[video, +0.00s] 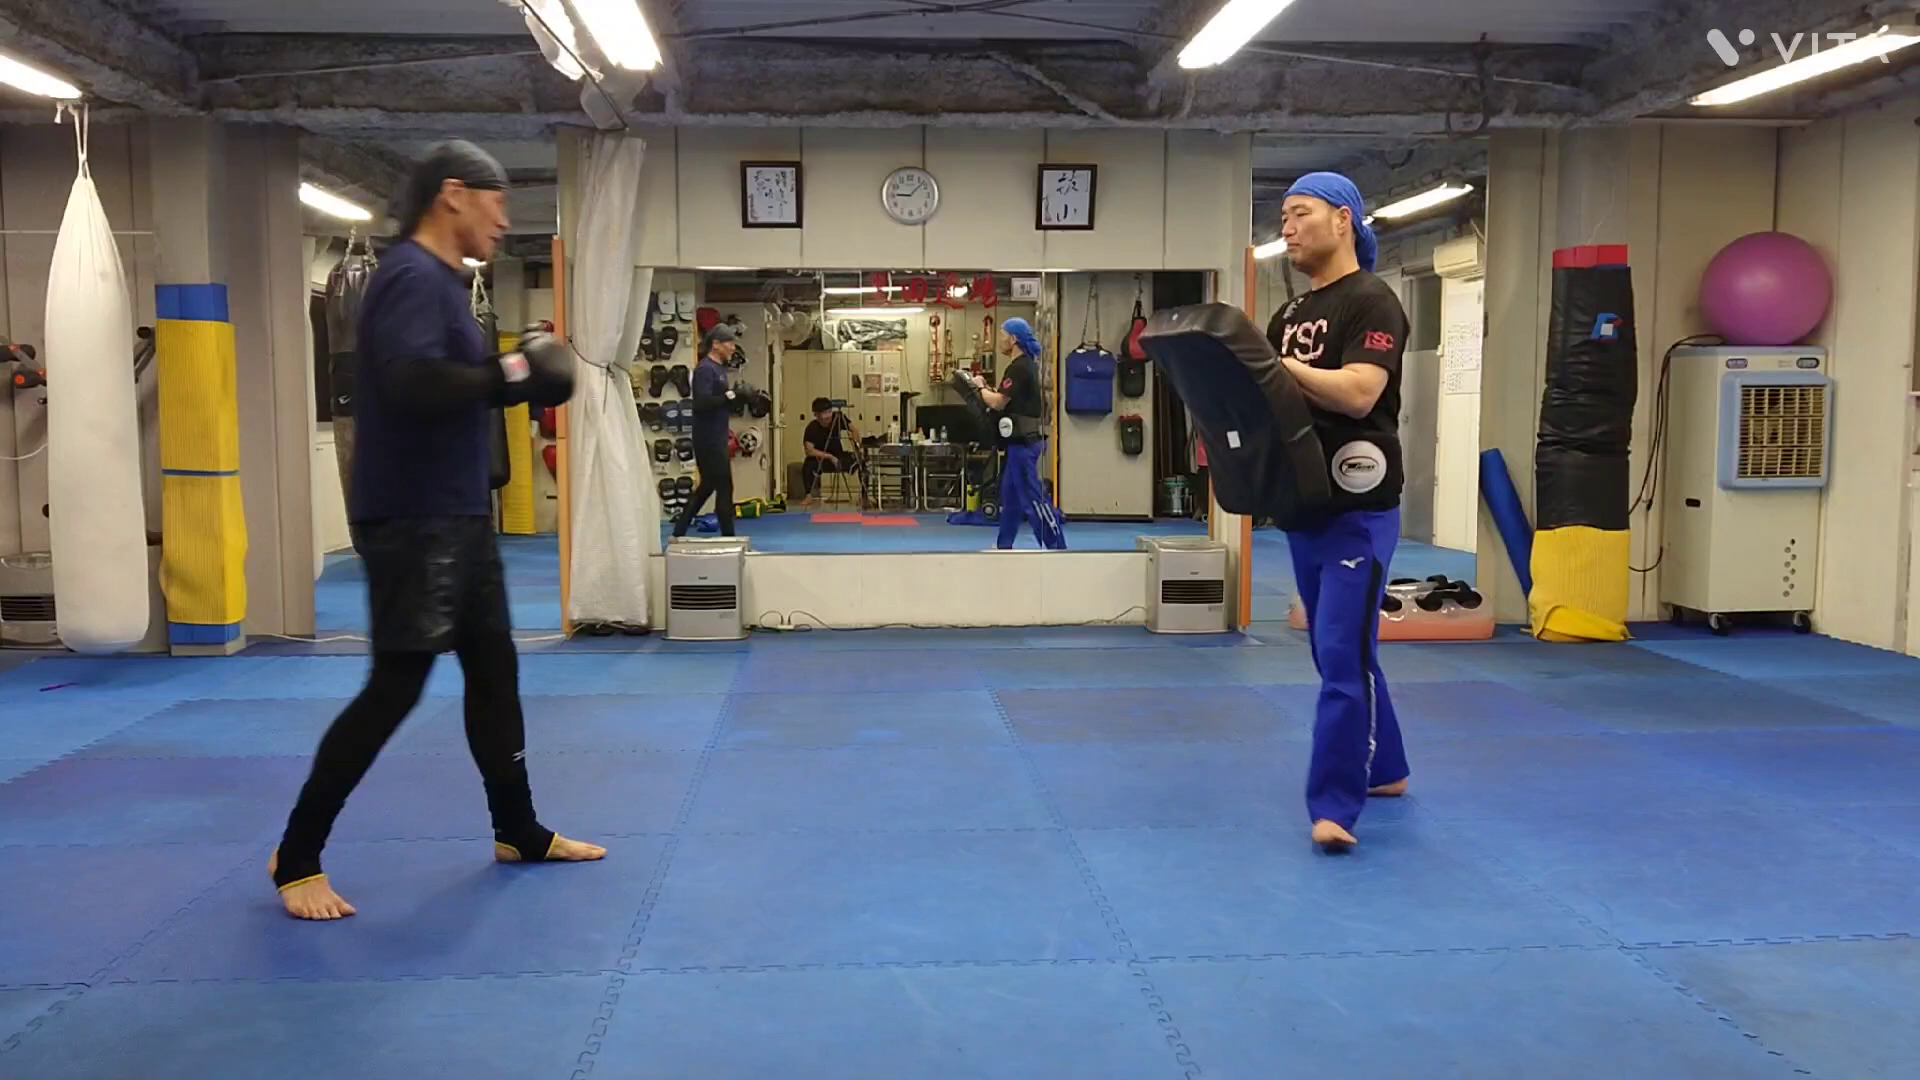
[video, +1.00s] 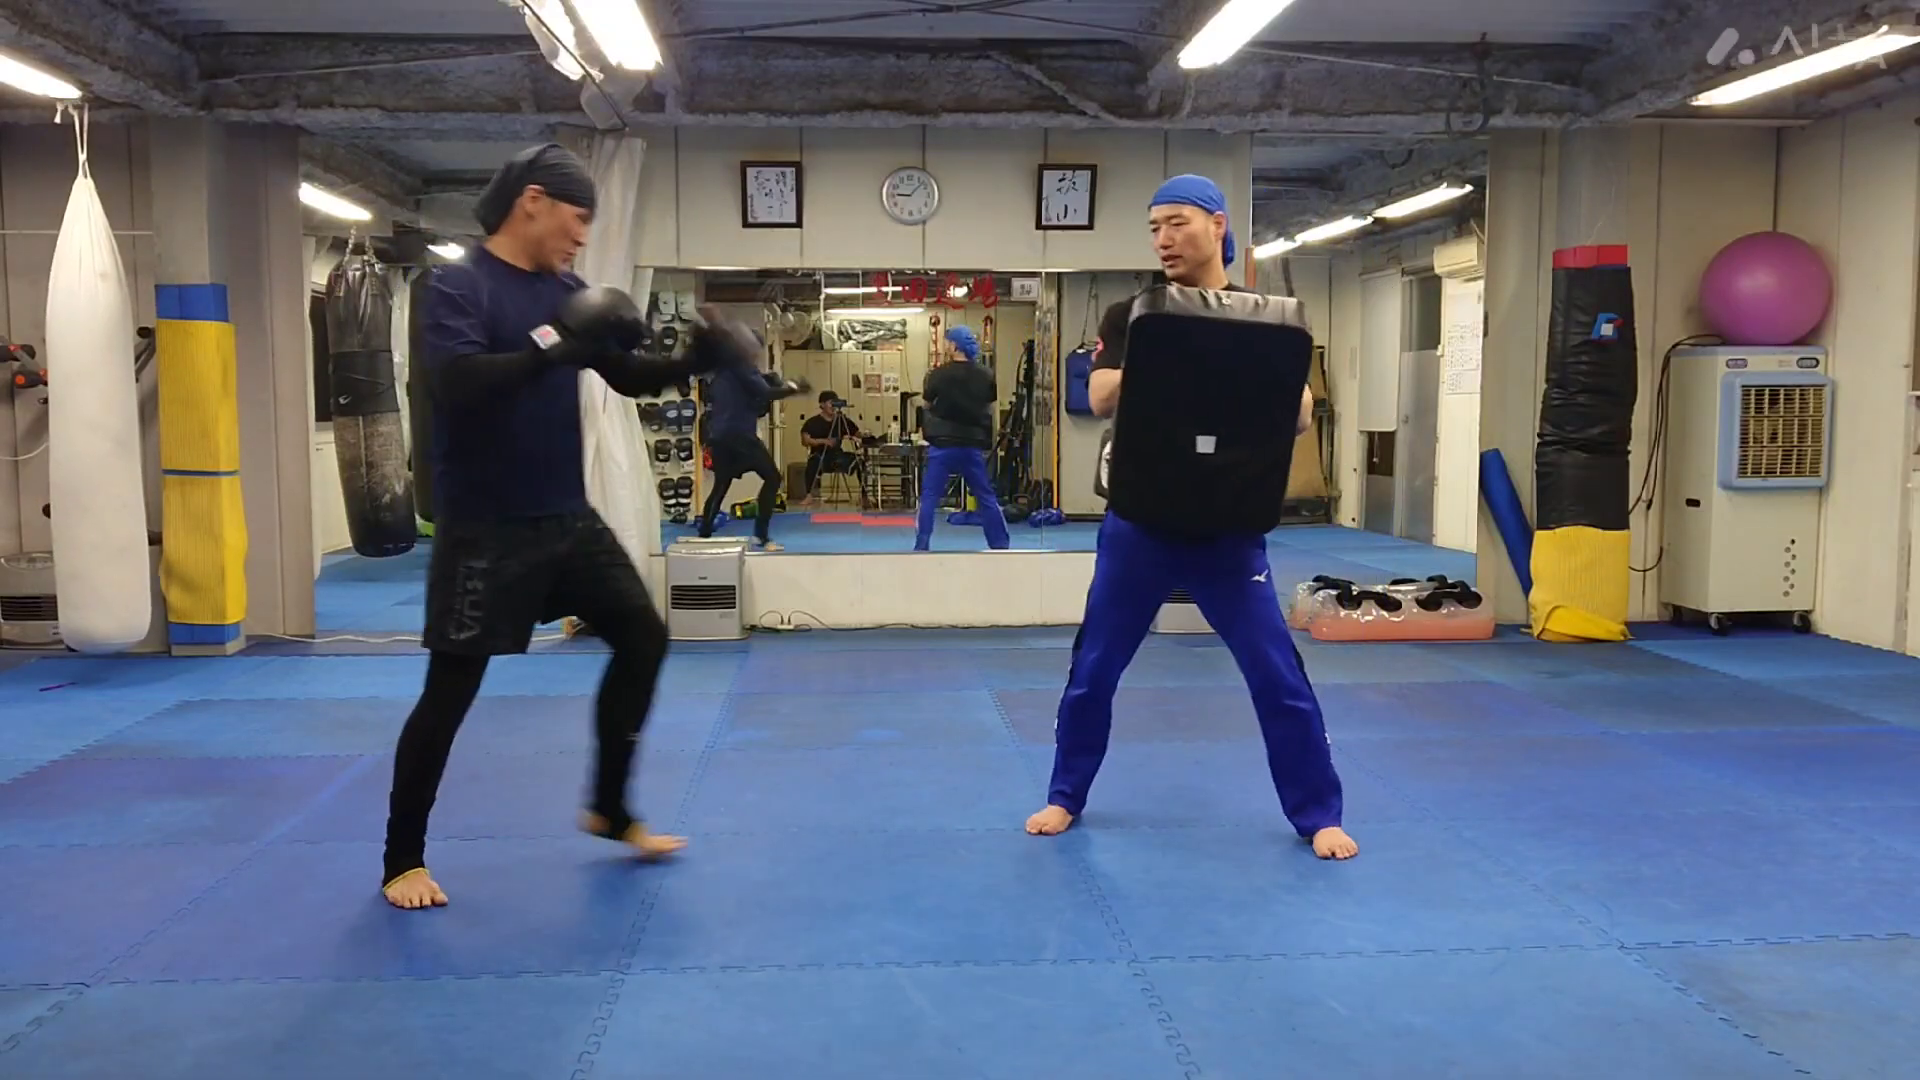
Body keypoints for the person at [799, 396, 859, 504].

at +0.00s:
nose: (827, 416)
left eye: (829, 412)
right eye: (823, 413)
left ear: (831, 411)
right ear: (816, 415)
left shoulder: (838, 418)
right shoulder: (811, 427)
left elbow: (854, 430)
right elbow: (810, 451)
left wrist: (858, 447)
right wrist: (830, 457)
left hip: (839, 456)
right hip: (821, 459)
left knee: (862, 460)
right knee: (809, 463)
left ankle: (864, 496)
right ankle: (810, 495)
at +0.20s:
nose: (829, 412)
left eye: (830, 408)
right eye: (825, 409)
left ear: (832, 408)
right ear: (817, 411)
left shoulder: (837, 417)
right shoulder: (812, 426)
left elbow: (852, 430)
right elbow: (810, 451)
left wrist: (858, 447)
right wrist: (830, 458)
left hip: (839, 456)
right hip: (821, 458)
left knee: (862, 461)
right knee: (809, 463)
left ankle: (864, 497)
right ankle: (810, 495)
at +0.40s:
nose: (830, 408)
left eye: (830, 405)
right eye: (827, 405)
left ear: (832, 406)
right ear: (817, 408)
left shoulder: (837, 417)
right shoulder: (811, 424)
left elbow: (851, 431)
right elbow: (811, 450)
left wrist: (858, 446)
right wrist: (829, 460)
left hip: (838, 456)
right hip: (821, 458)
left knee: (861, 461)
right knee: (809, 465)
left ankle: (865, 497)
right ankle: (810, 495)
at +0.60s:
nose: (832, 405)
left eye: (833, 402)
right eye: (829, 402)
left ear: (834, 404)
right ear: (820, 405)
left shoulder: (838, 418)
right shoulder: (812, 423)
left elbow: (850, 435)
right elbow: (809, 446)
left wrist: (855, 434)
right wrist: (827, 458)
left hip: (838, 456)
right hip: (820, 458)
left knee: (860, 461)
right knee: (809, 463)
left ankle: (864, 497)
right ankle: (809, 495)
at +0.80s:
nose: (833, 406)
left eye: (834, 403)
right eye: (830, 403)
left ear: (836, 404)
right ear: (821, 405)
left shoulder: (839, 418)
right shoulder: (812, 423)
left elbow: (852, 432)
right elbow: (806, 444)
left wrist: (859, 435)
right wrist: (824, 451)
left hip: (838, 455)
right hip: (820, 457)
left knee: (860, 461)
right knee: (809, 463)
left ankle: (864, 497)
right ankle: (809, 495)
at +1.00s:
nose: (834, 406)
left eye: (835, 403)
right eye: (830, 403)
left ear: (838, 405)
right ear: (822, 405)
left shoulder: (841, 419)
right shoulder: (812, 422)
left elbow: (856, 433)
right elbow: (805, 440)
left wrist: (855, 438)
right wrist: (824, 441)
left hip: (837, 455)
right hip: (819, 456)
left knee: (859, 462)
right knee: (813, 463)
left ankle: (864, 496)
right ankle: (810, 495)